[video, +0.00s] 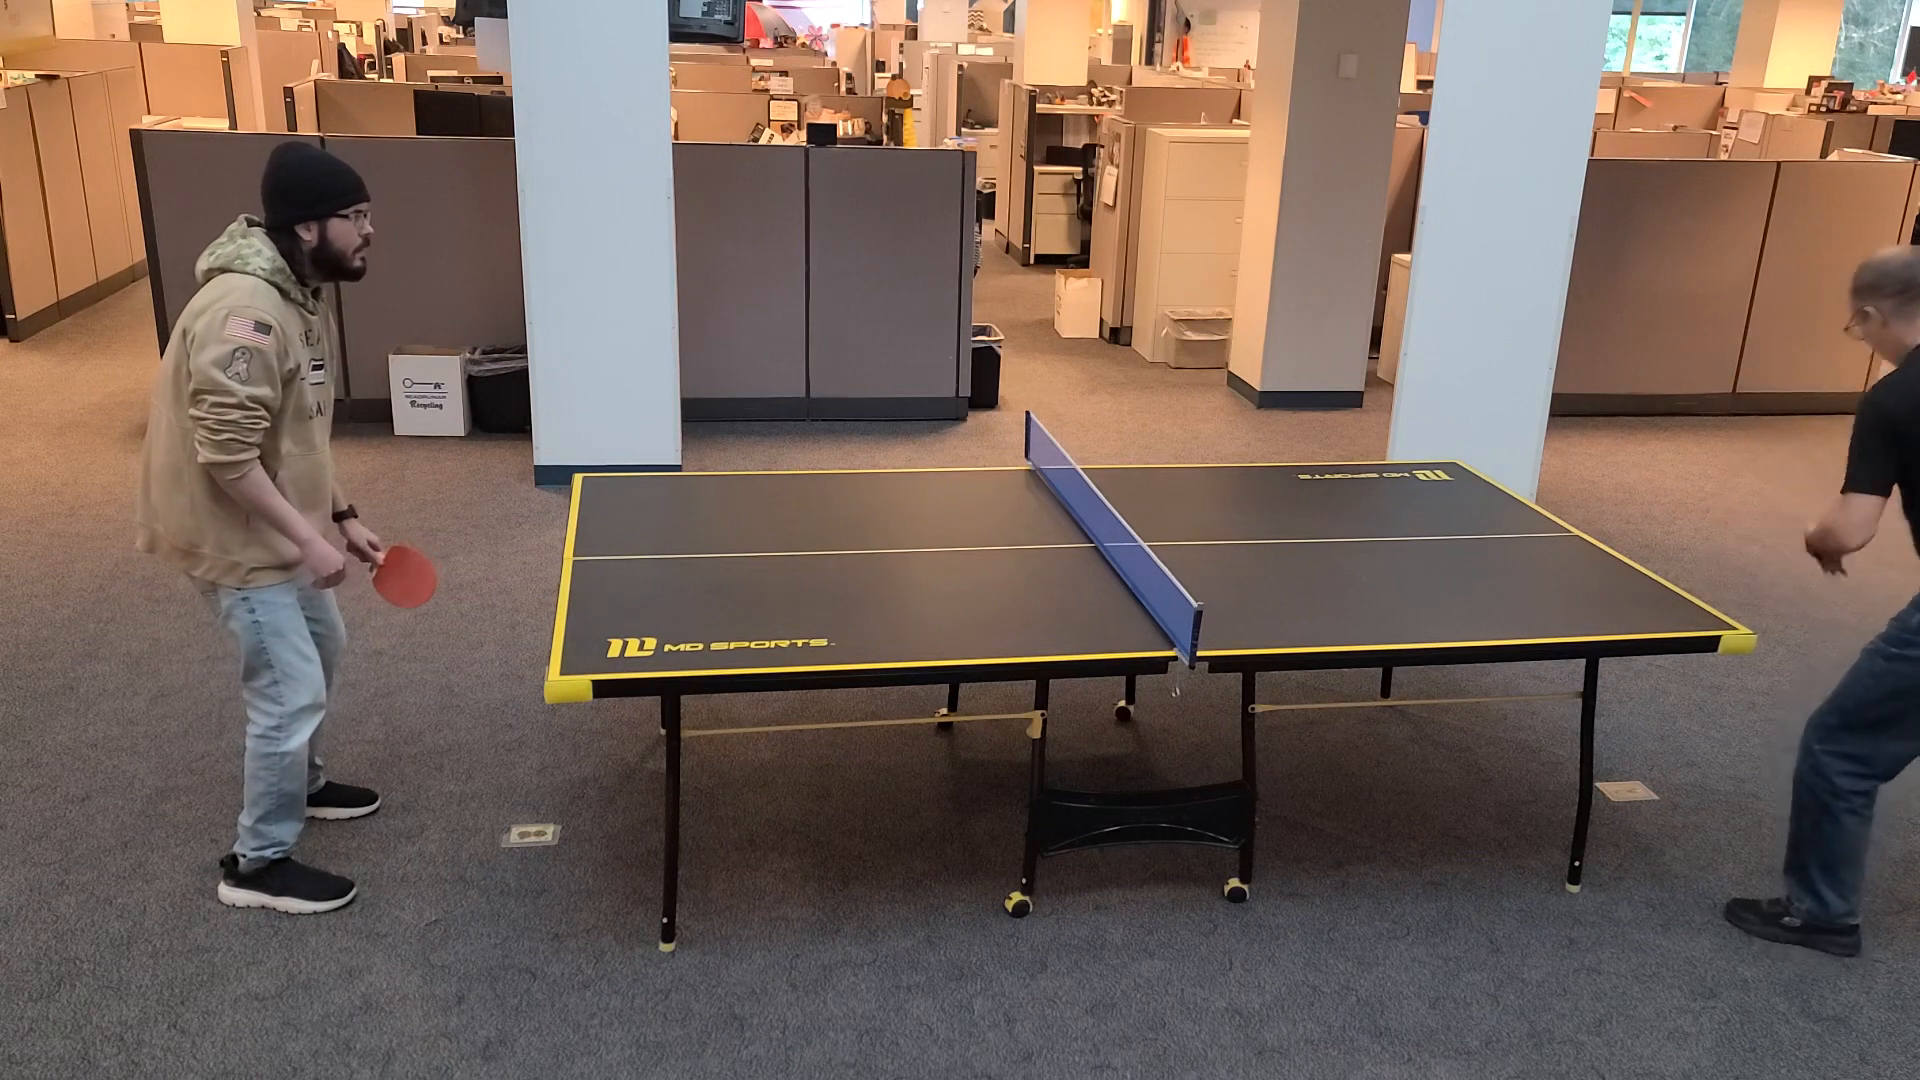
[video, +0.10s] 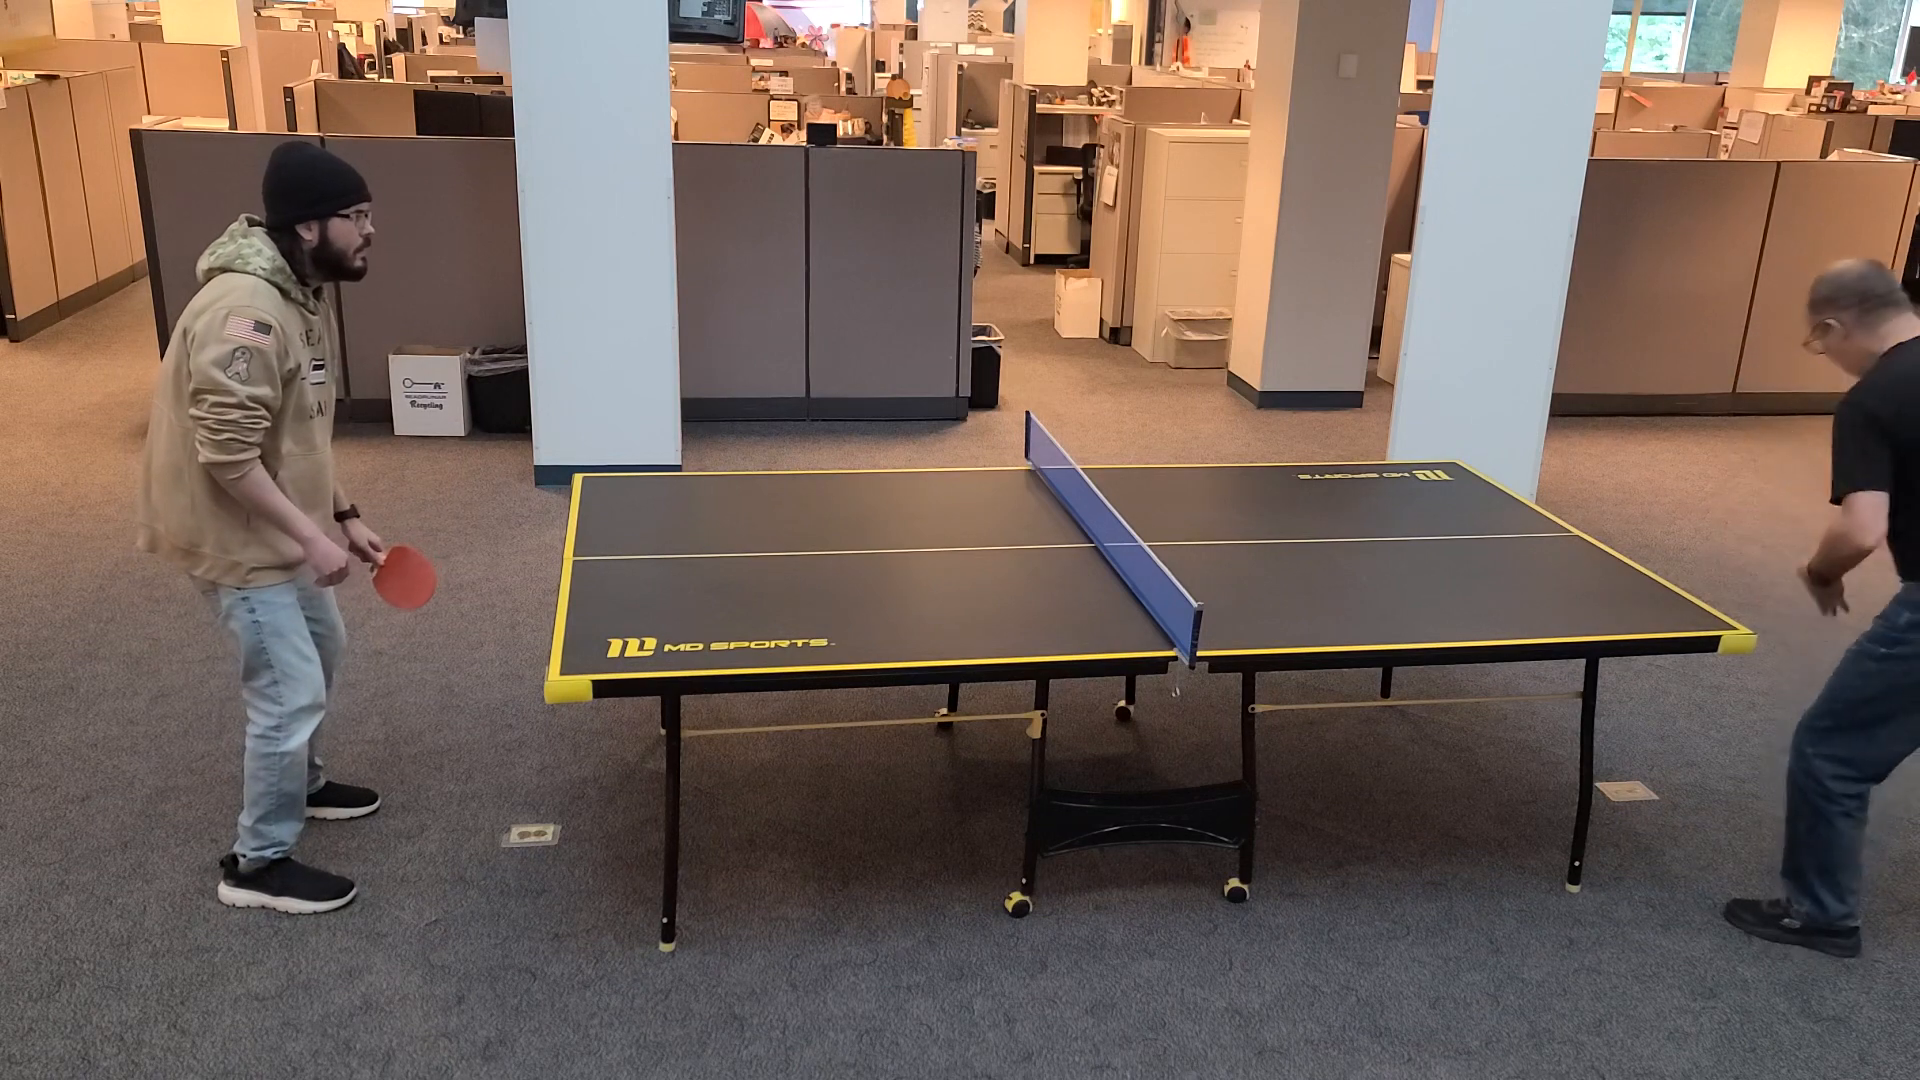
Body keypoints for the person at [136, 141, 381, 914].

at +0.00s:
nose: (368, 227)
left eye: (365, 212)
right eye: (354, 214)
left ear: (310, 226)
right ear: (305, 226)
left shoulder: (299, 291)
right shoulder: (244, 310)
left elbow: (297, 429)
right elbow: (227, 457)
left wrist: (341, 514)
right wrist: (305, 541)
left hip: (280, 520)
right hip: (229, 532)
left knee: (323, 648)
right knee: (291, 688)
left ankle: (296, 787)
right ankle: (258, 858)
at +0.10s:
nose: (369, 228)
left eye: (366, 212)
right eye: (355, 215)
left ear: (311, 227)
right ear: (305, 226)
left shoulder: (300, 292)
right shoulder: (245, 311)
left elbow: (298, 430)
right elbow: (228, 458)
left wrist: (343, 515)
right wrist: (309, 540)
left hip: (283, 523)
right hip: (232, 533)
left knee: (323, 651)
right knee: (291, 690)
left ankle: (295, 787)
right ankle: (258, 859)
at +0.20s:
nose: (371, 228)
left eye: (368, 212)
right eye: (357, 215)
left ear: (312, 228)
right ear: (307, 227)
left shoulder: (302, 293)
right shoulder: (246, 311)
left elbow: (302, 430)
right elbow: (229, 458)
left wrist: (346, 514)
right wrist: (310, 538)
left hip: (285, 524)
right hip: (234, 535)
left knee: (326, 650)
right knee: (291, 692)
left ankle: (298, 787)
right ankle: (258, 859)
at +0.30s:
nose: (373, 232)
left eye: (371, 216)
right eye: (359, 218)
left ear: (315, 229)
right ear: (309, 229)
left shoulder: (306, 292)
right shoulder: (246, 311)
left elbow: (306, 430)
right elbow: (227, 458)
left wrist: (349, 515)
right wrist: (310, 540)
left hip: (291, 524)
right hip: (239, 535)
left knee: (326, 650)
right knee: (293, 693)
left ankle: (297, 786)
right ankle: (258, 859)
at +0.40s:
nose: (376, 232)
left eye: (374, 216)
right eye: (362, 218)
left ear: (319, 230)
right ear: (311, 229)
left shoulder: (312, 293)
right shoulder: (245, 312)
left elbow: (312, 426)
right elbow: (216, 453)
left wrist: (353, 512)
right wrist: (299, 536)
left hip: (292, 524)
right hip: (240, 536)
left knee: (324, 650)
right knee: (301, 688)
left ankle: (297, 787)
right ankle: (258, 858)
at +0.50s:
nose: (382, 238)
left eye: (380, 222)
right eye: (368, 224)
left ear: (327, 233)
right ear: (317, 233)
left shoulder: (331, 301)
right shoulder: (241, 317)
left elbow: (339, 423)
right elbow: (191, 450)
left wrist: (362, 510)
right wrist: (279, 541)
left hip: (303, 531)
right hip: (244, 543)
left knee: (318, 671)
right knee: (305, 690)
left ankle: (287, 790)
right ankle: (276, 864)